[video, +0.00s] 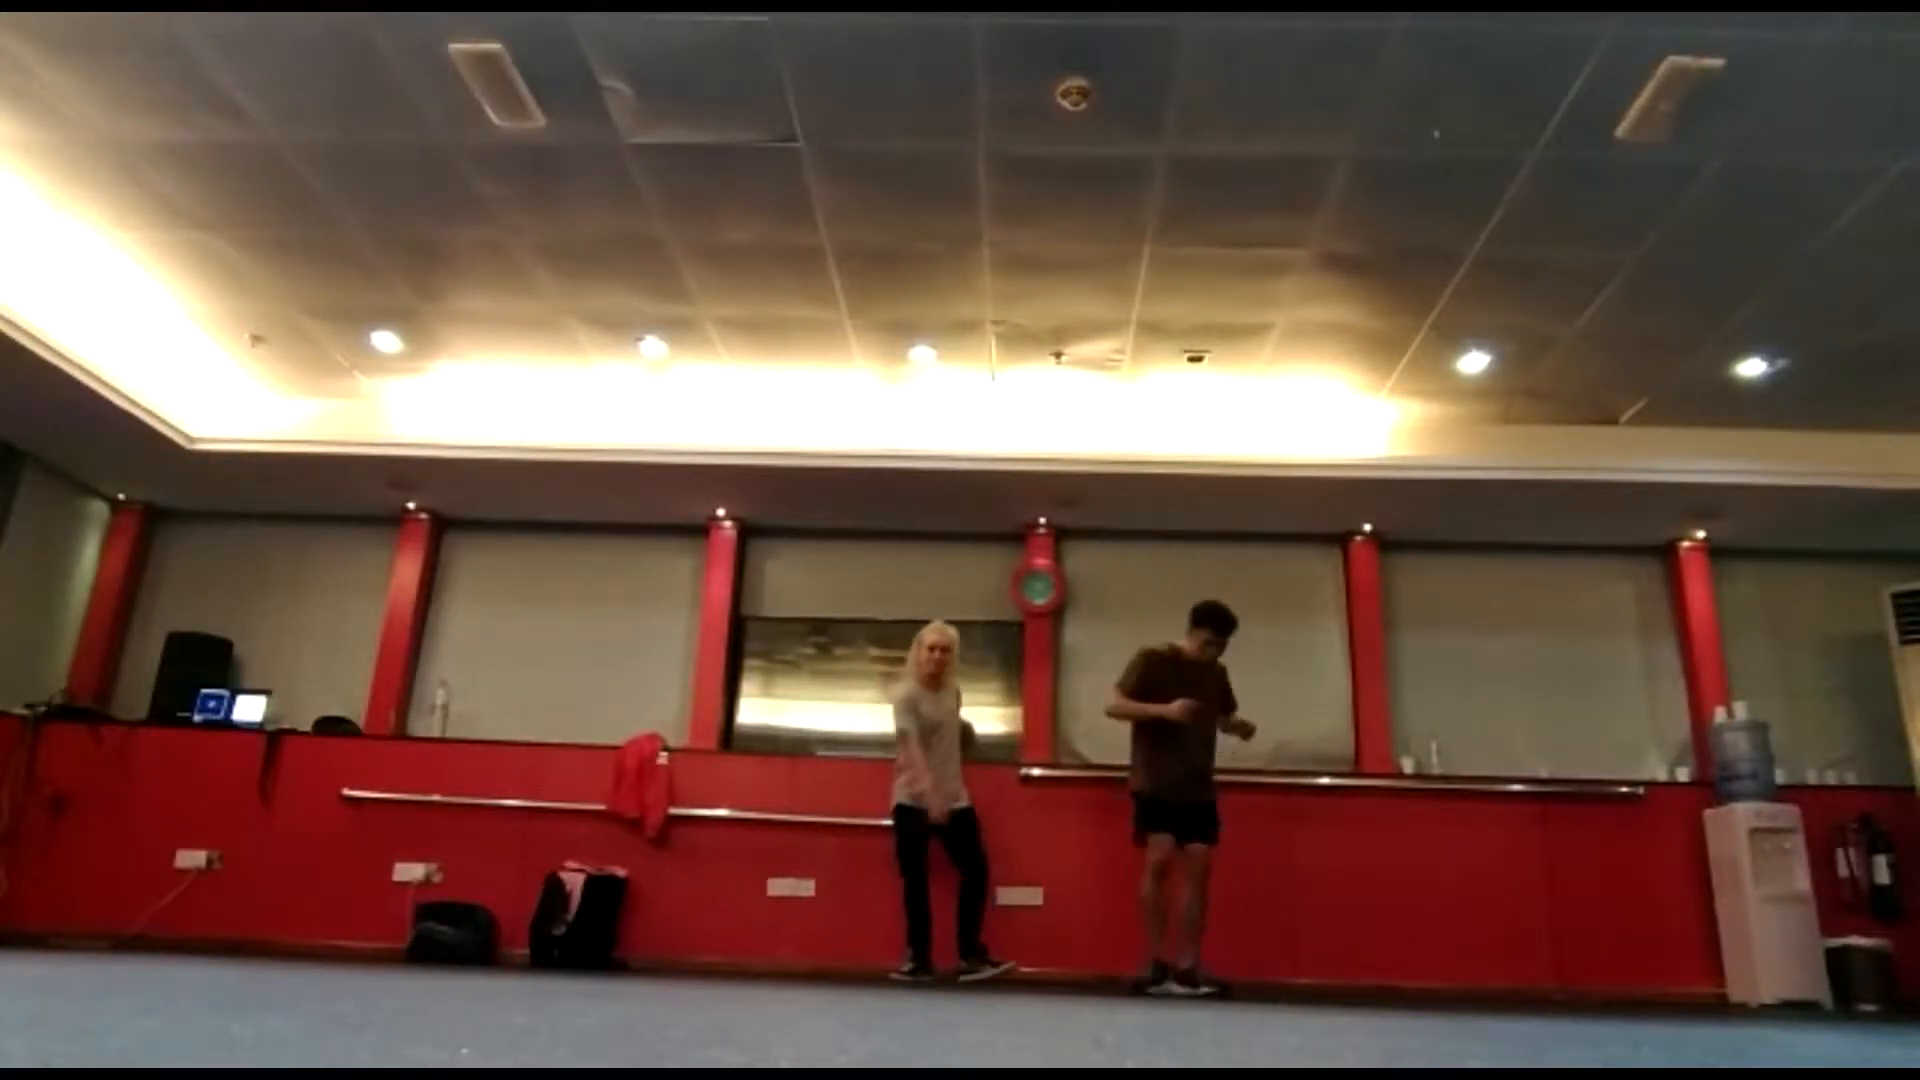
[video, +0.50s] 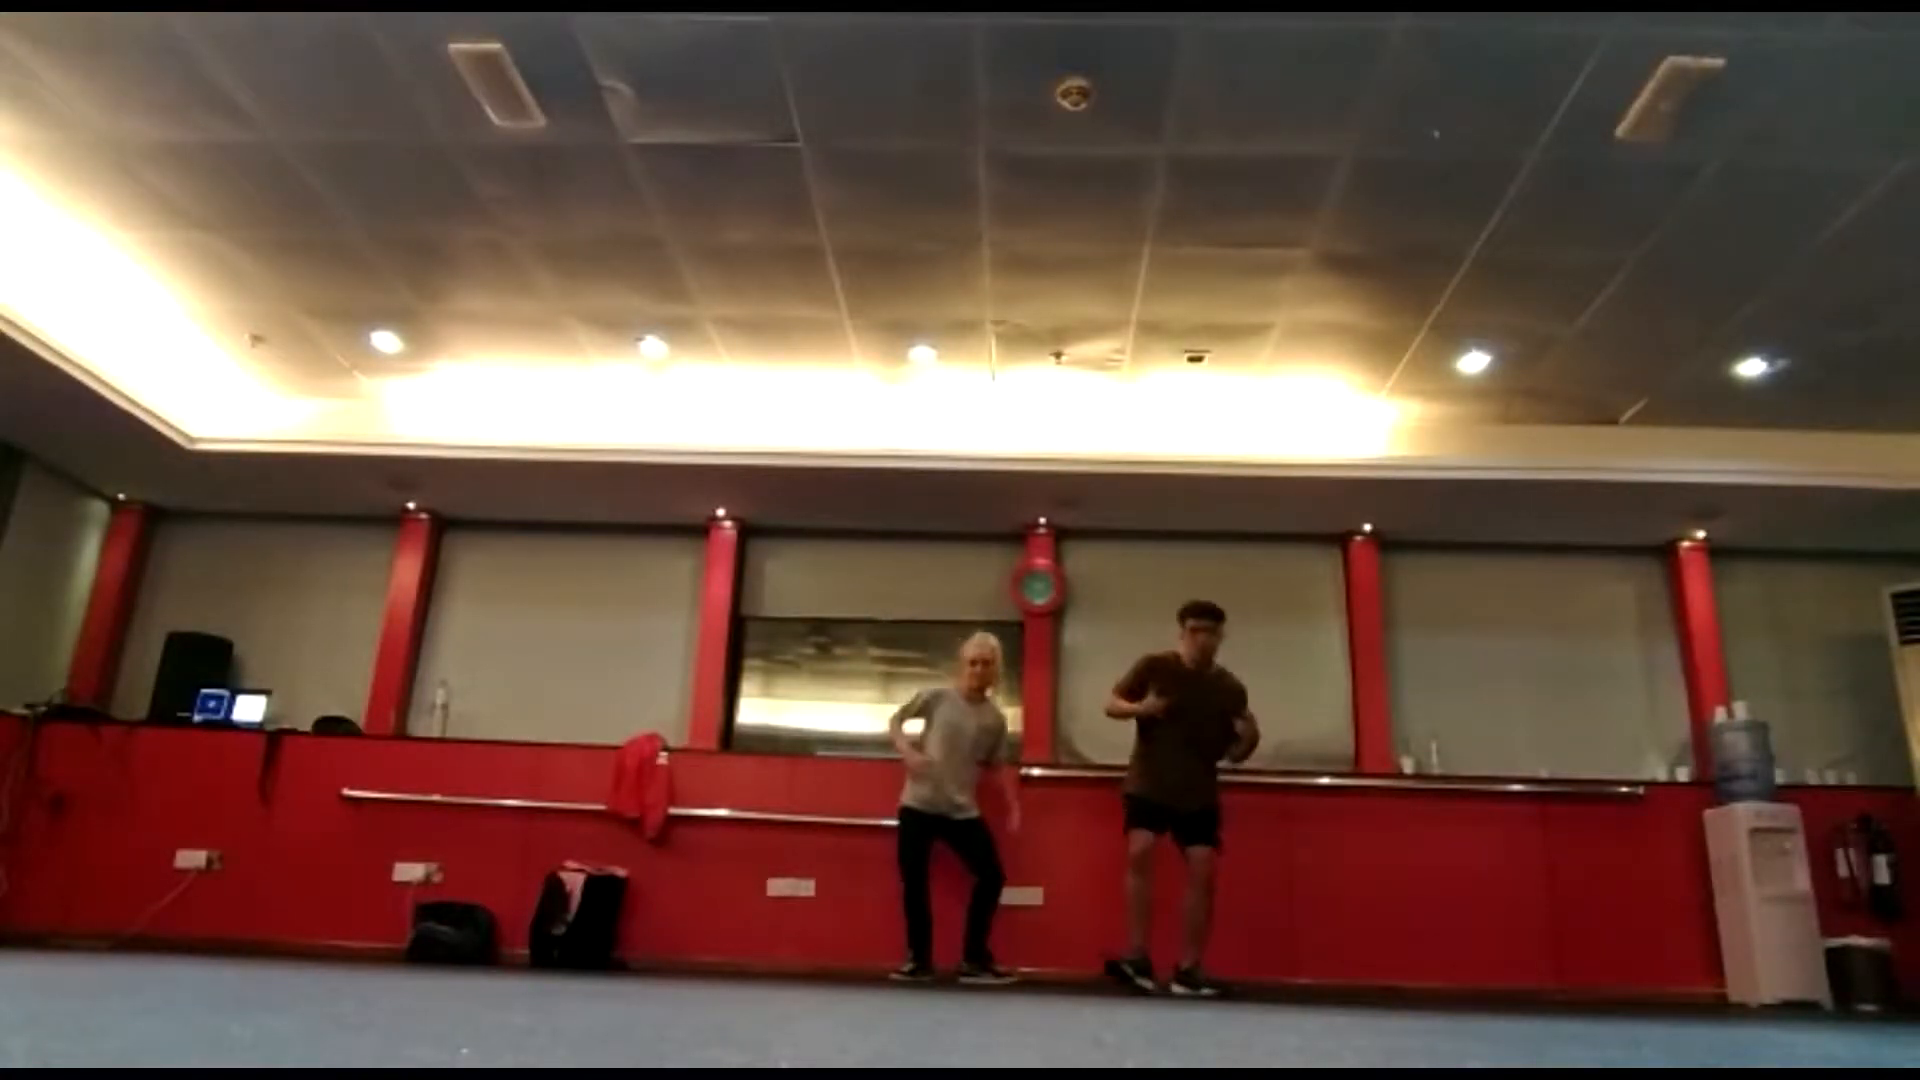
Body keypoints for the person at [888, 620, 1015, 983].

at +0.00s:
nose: (937, 656)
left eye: (944, 650)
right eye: (931, 649)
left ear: (953, 657)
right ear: (917, 652)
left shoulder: (952, 695)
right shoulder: (906, 696)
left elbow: (951, 745)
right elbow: (911, 751)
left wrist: (957, 789)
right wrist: (929, 794)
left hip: (954, 800)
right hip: (914, 801)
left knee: (975, 873)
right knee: (915, 883)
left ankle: (972, 955)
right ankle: (919, 958)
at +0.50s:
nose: (977, 670)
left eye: (985, 664)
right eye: (972, 662)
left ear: (995, 671)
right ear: (960, 665)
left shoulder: (995, 720)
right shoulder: (935, 700)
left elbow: (1001, 767)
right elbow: (896, 723)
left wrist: (1013, 807)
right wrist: (909, 754)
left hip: (962, 811)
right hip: (919, 806)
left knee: (990, 876)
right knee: (914, 886)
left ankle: (975, 959)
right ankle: (919, 959)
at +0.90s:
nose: (981, 679)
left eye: (988, 672)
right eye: (974, 673)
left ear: (1000, 675)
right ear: (966, 677)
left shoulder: (1008, 719)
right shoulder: (959, 709)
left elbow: (998, 775)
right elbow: (948, 756)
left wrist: (983, 821)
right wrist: (933, 797)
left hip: (976, 817)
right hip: (938, 810)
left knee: (992, 884)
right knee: (911, 873)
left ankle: (977, 960)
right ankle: (916, 958)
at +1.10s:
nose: (964, 668)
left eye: (970, 660)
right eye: (958, 662)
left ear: (985, 662)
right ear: (951, 668)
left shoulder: (998, 708)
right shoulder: (959, 702)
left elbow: (993, 756)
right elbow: (958, 745)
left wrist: (947, 777)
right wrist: (948, 766)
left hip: (985, 811)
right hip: (949, 803)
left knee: (991, 883)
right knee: (913, 862)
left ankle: (977, 958)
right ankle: (911, 946)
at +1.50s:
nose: (940, 672)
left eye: (946, 665)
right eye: (933, 666)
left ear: (960, 668)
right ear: (924, 671)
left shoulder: (974, 703)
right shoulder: (926, 714)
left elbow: (992, 738)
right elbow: (925, 763)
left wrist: (973, 777)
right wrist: (907, 803)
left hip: (967, 817)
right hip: (927, 815)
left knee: (990, 879)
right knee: (914, 885)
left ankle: (977, 961)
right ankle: (912, 959)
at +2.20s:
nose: (950, 681)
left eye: (957, 675)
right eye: (944, 673)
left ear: (967, 679)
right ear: (932, 674)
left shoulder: (969, 723)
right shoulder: (909, 711)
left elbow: (976, 768)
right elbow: (891, 752)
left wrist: (974, 806)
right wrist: (898, 801)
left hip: (953, 822)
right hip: (915, 819)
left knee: (941, 895)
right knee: (912, 893)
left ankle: (936, 959)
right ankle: (910, 956)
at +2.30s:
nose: (947, 683)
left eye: (954, 675)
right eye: (941, 675)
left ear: (966, 680)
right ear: (929, 677)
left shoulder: (971, 725)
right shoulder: (912, 711)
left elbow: (978, 772)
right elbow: (893, 749)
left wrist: (966, 806)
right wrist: (899, 791)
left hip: (953, 815)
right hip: (918, 807)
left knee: (943, 892)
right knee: (916, 829)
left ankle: (936, 960)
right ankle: (911, 891)